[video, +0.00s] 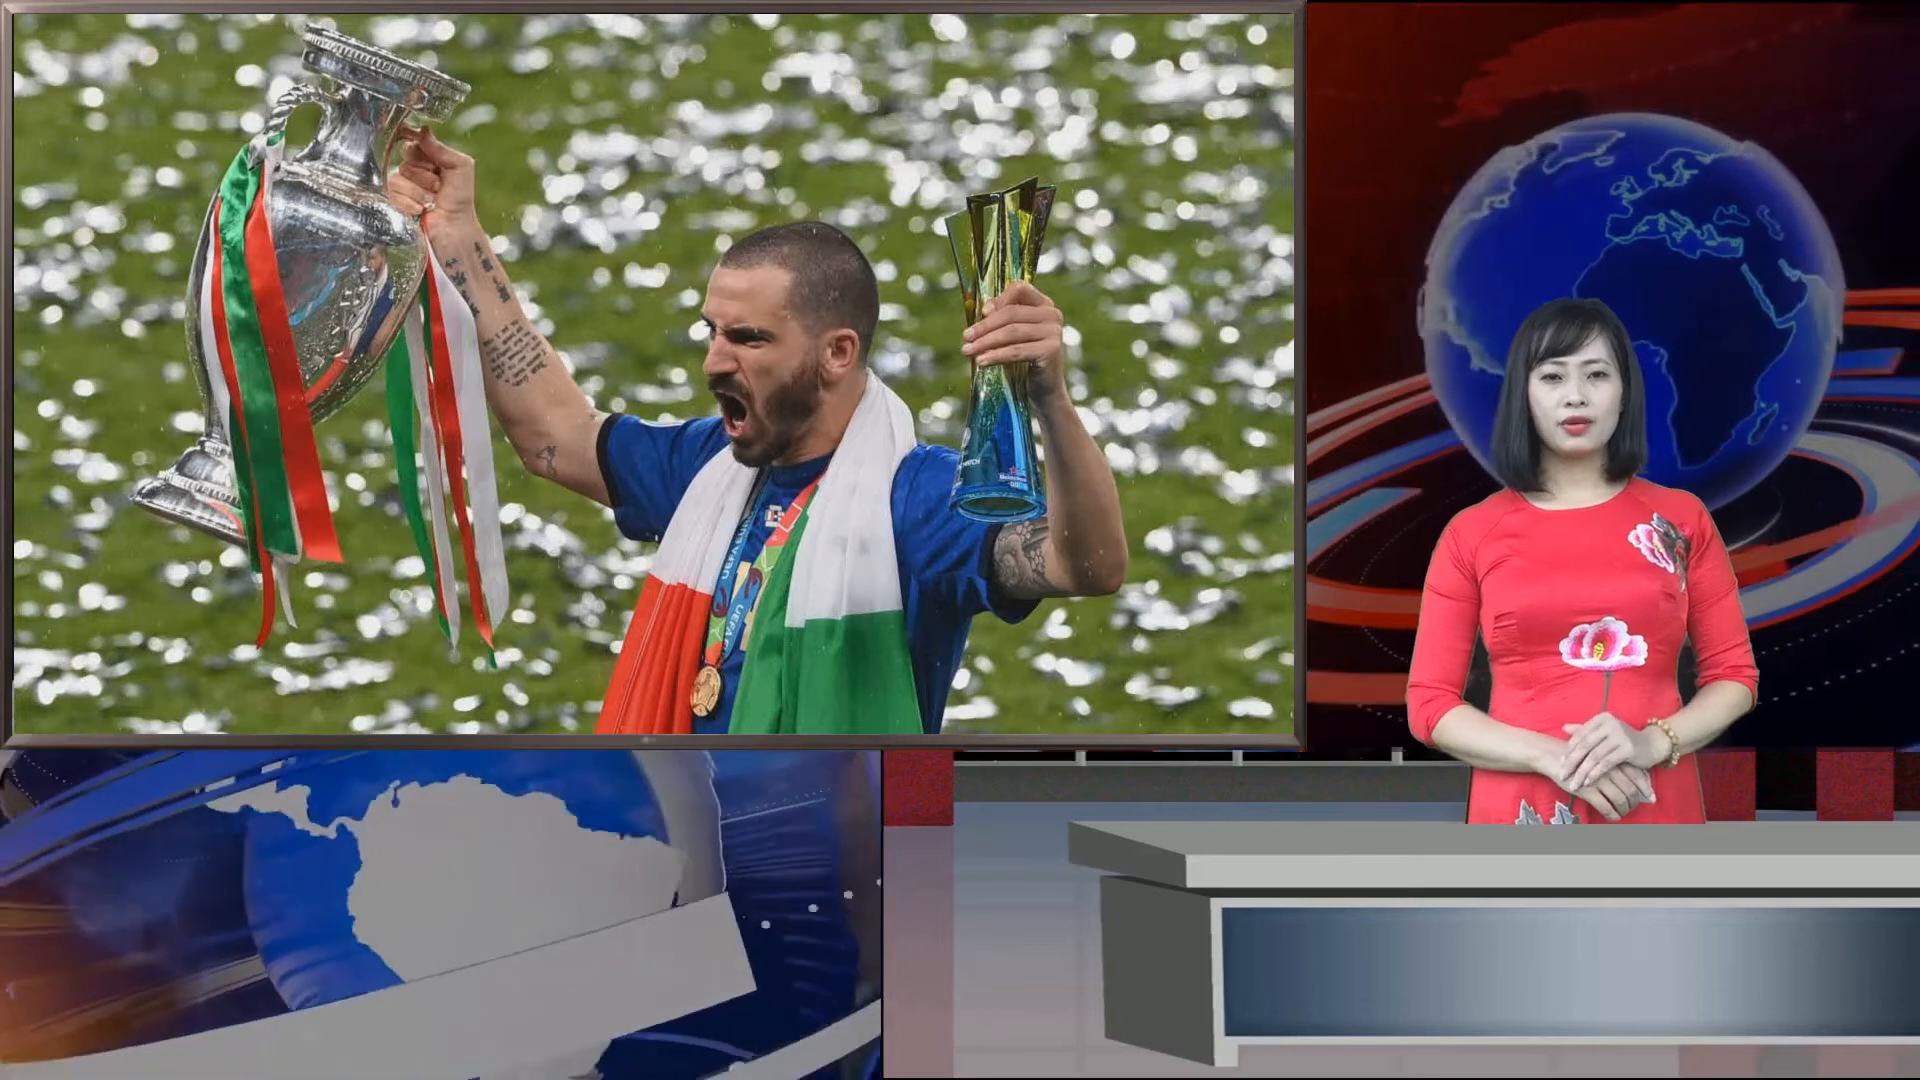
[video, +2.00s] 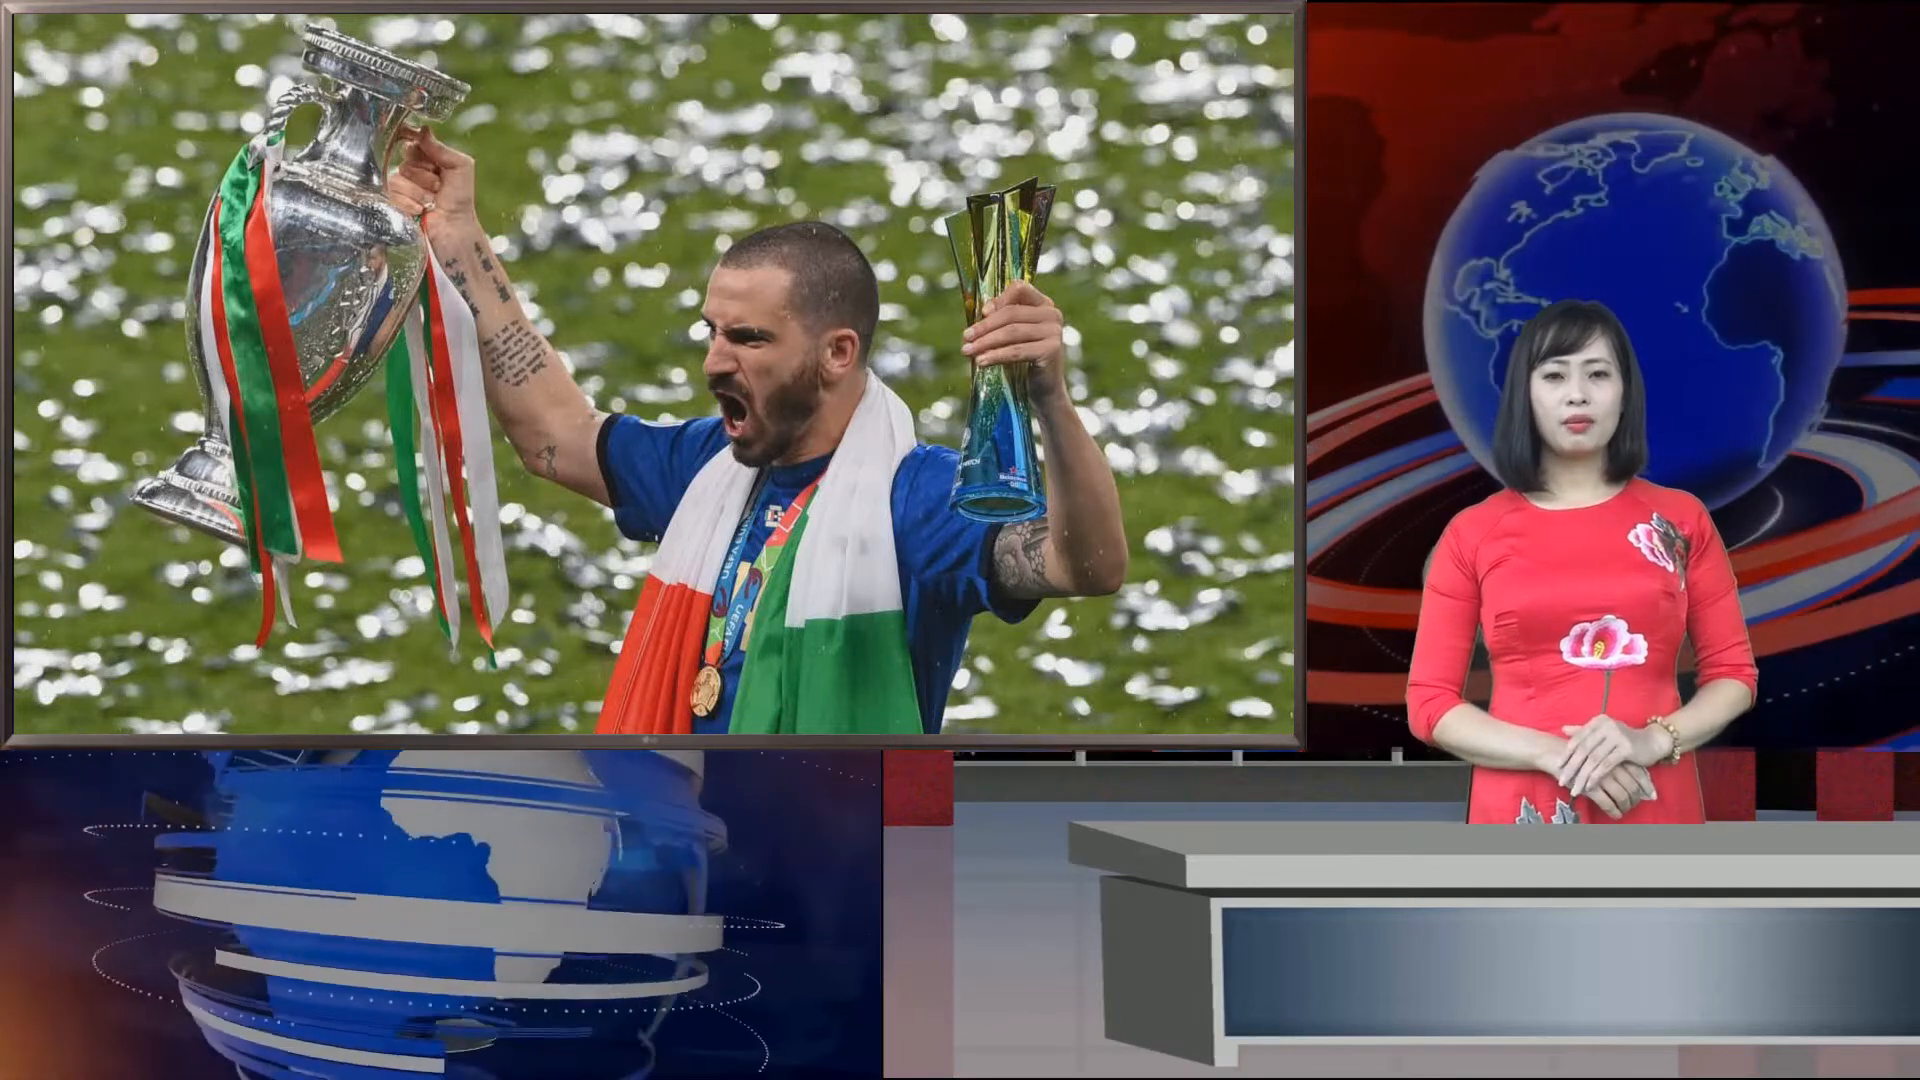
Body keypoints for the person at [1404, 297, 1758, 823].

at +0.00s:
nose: (1575, 395)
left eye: (1597, 375)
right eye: (1553, 377)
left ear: (1624, 392)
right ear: (1524, 394)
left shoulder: (1680, 520)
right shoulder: (1473, 536)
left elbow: (1734, 679)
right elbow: (1430, 704)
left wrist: (1652, 741)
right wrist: (1551, 753)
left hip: (1659, 825)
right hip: (1518, 827)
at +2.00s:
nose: (1577, 394)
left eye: (1598, 374)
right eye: (1555, 375)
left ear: (1625, 392)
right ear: (1525, 393)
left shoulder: (1680, 520)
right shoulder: (1473, 535)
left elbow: (1733, 677)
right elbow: (1430, 704)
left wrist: (1653, 738)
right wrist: (1558, 753)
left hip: (1659, 823)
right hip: (1519, 825)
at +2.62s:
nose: (1581, 397)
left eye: (1602, 378)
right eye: (1559, 379)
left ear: (1628, 394)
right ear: (1529, 395)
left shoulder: (1681, 522)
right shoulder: (1476, 536)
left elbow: (1736, 678)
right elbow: (1433, 704)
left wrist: (1655, 737)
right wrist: (1561, 752)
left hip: (1661, 823)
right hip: (1521, 824)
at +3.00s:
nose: (1582, 394)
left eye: (1602, 375)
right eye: (1560, 376)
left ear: (1629, 392)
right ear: (1531, 393)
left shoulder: (1685, 521)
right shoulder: (1478, 535)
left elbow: (1738, 676)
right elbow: (1434, 700)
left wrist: (1659, 718)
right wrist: (1553, 751)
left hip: (1663, 823)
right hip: (1524, 823)